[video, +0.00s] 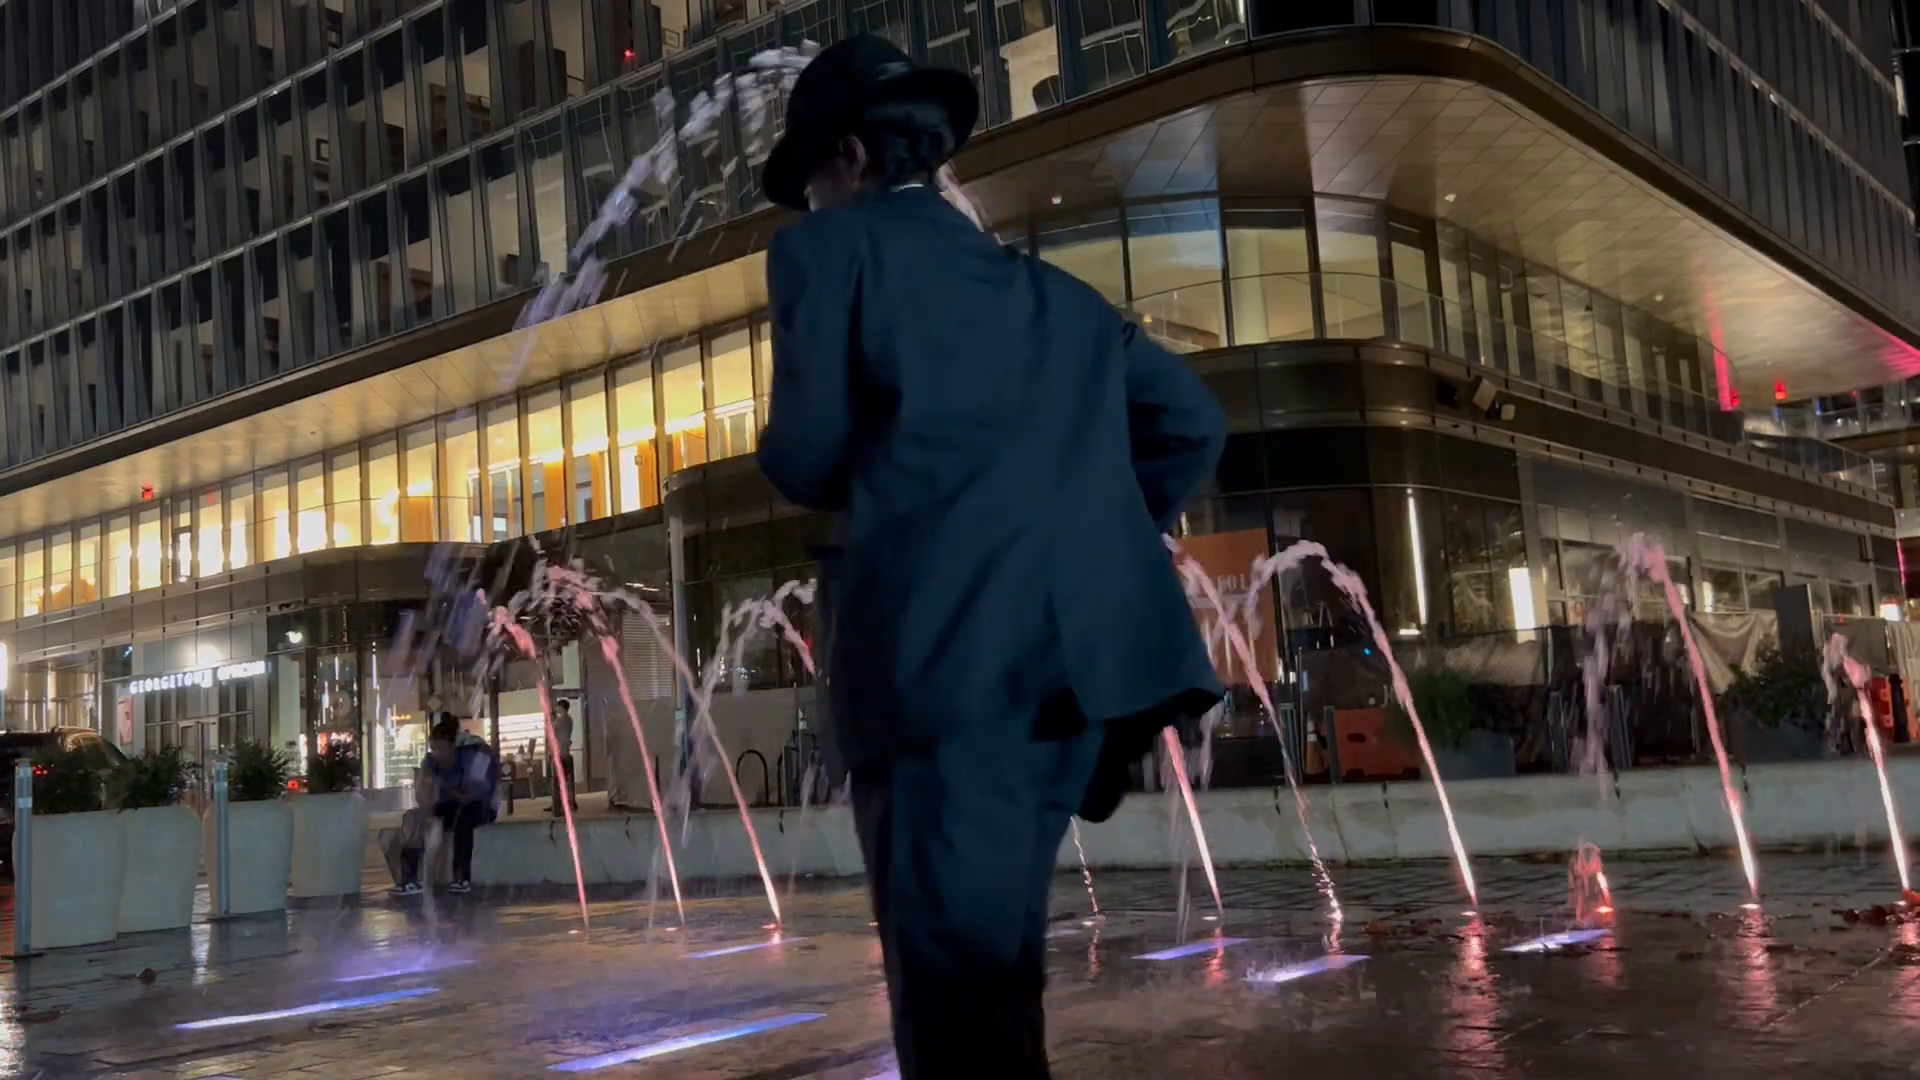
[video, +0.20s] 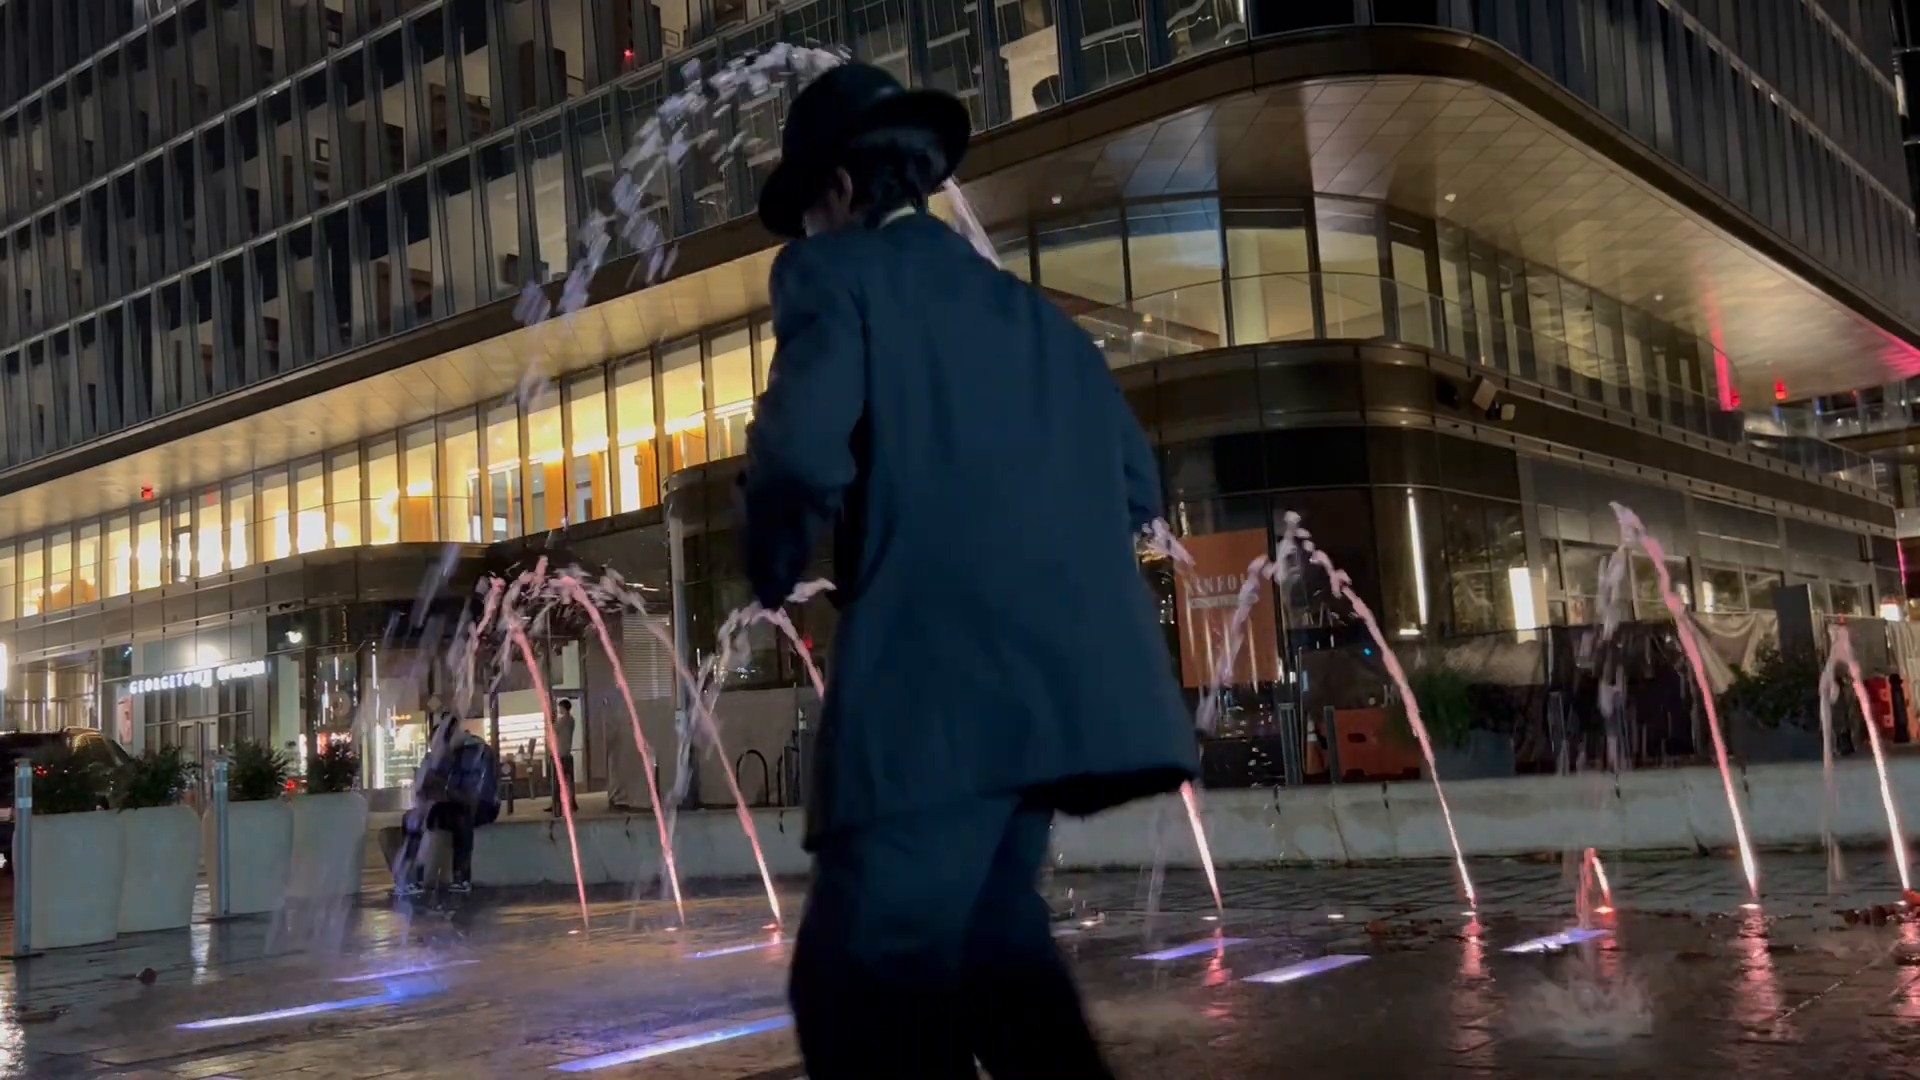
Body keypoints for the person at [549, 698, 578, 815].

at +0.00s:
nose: (557, 712)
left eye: (559, 709)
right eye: (557, 709)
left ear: (562, 709)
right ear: (567, 709)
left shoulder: (560, 720)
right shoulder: (569, 720)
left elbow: (552, 730)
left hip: (558, 754)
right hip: (567, 753)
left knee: (556, 780)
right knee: (570, 780)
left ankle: (556, 804)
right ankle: (572, 802)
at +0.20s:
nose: (559, 710)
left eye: (560, 708)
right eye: (559, 708)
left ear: (563, 708)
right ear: (569, 708)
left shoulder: (562, 720)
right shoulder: (571, 720)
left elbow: (554, 731)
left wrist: (550, 721)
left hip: (558, 755)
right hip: (567, 754)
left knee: (556, 782)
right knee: (569, 781)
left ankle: (556, 804)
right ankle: (572, 803)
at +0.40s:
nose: (561, 710)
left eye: (563, 708)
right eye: (562, 708)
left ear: (565, 709)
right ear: (571, 708)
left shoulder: (565, 720)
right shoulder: (572, 720)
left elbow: (556, 732)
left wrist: (552, 723)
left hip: (561, 754)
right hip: (568, 754)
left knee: (558, 780)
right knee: (569, 779)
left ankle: (557, 804)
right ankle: (571, 802)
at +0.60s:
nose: (563, 710)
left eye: (564, 708)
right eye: (564, 708)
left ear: (566, 708)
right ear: (573, 708)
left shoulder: (566, 721)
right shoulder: (575, 720)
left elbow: (557, 731)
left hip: (562, 754)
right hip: (570, 753)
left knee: (558, 779)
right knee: (570, 779)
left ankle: (557, 804)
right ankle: (572, 802)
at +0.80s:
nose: (564, 710)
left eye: (566, 708)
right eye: (565, 708)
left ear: (568, 708)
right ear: (573, 708)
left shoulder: (568, 720)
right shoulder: (575, 720)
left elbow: (559, 730)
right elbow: (563, 730)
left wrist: (551, 730)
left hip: (564, 754)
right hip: (570, 753)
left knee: (562, 779)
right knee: (570, 779)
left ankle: (558, 803)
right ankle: (572, 802)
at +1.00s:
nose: (564, 710)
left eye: (566, 708)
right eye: (565, 708)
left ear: (568, 709)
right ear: (574, 709)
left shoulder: (566, 721)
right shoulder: (577, 721)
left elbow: (556, 731)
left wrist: (552, 730)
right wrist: (559, 729)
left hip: (564, 754)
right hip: (572, 753)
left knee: (563, 780)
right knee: (571, 779)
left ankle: (560, 803)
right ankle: (572, 801)